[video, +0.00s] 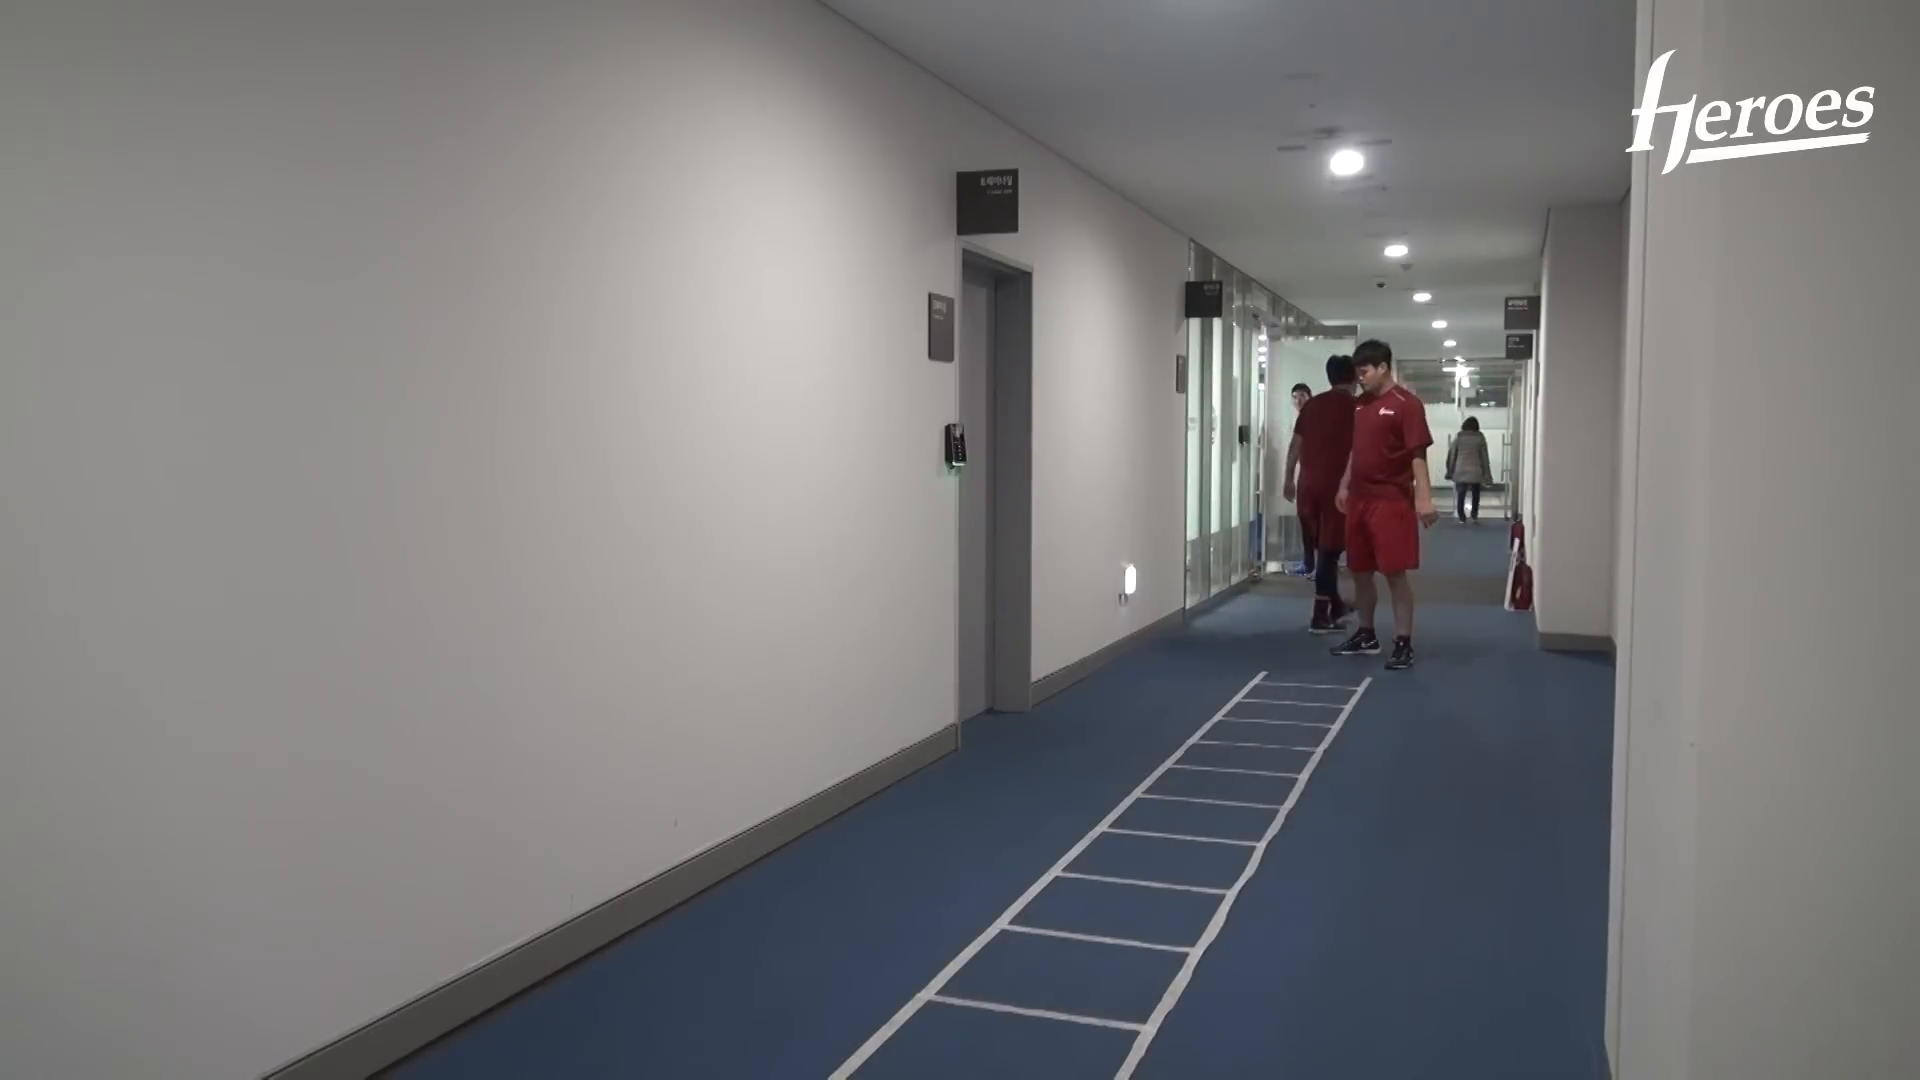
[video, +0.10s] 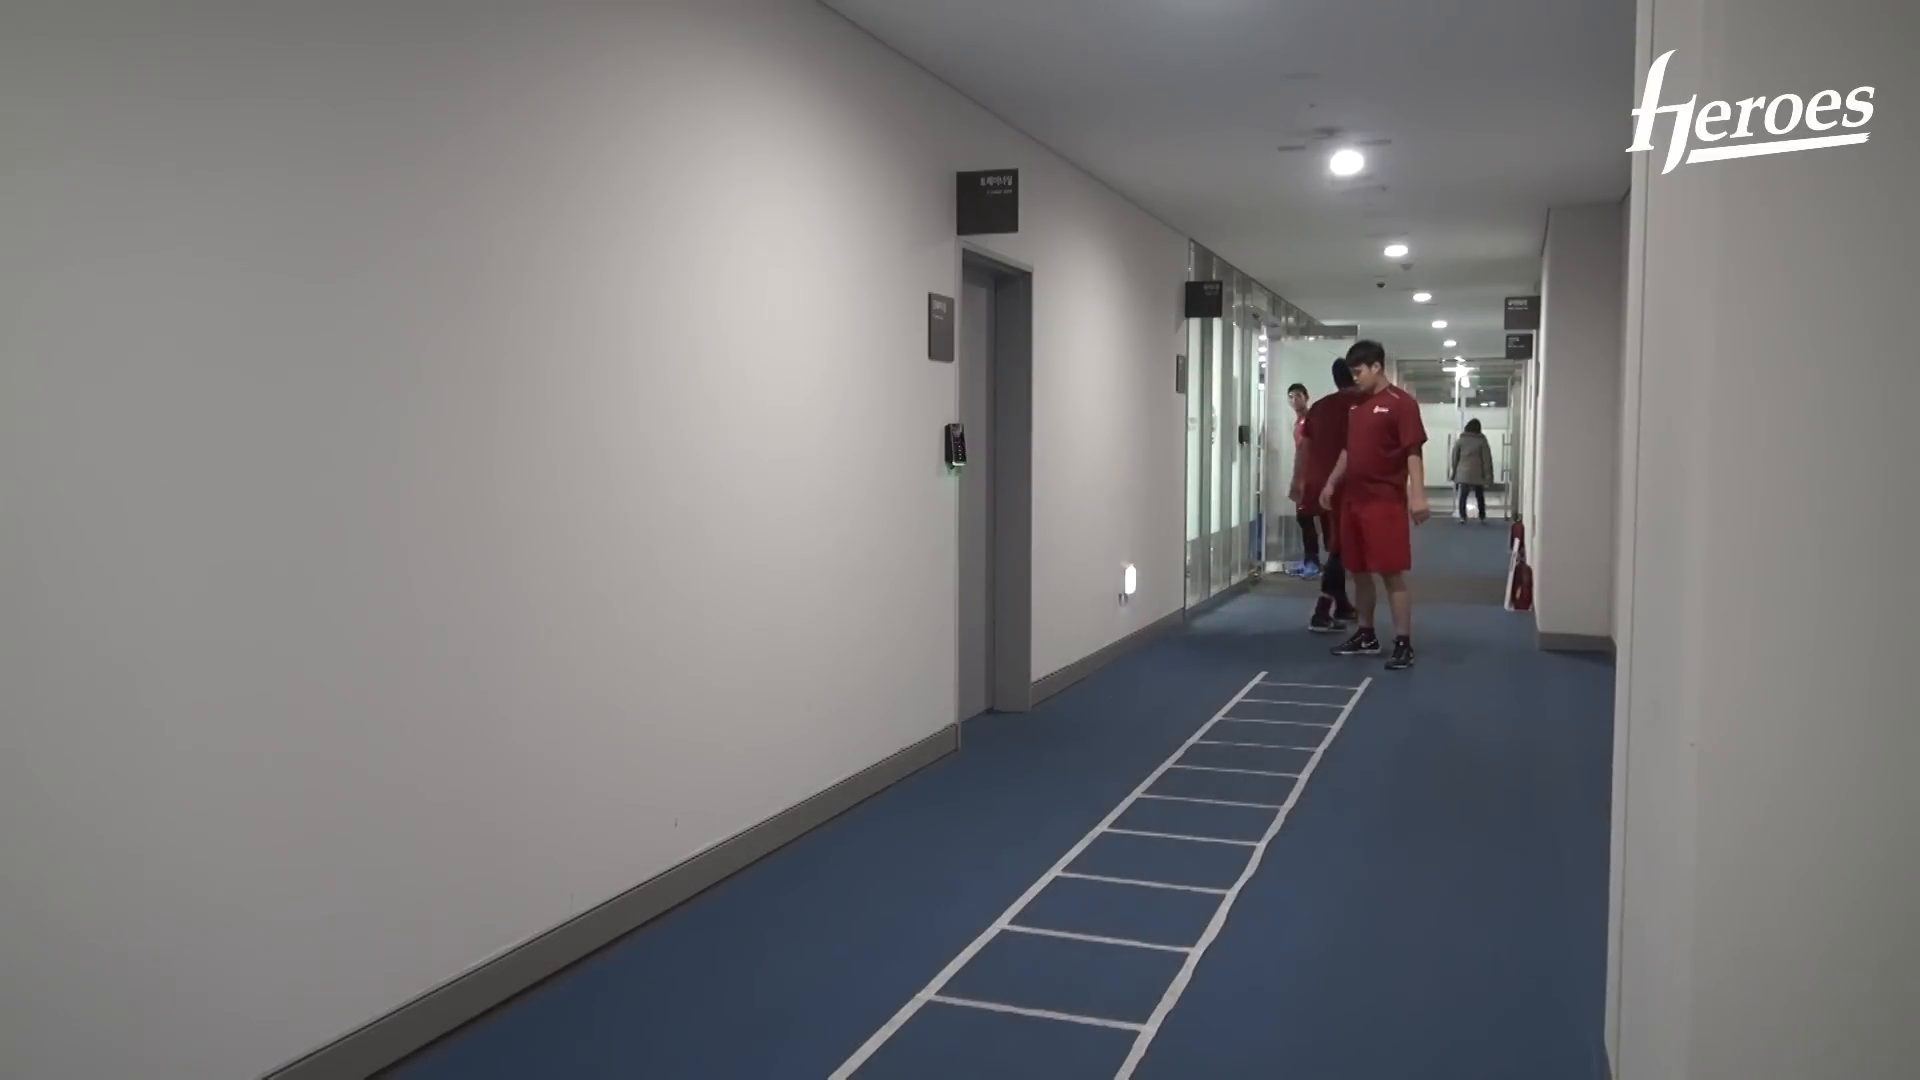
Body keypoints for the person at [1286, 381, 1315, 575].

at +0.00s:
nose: (1299, 399)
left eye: (1302, 395)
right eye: (1295, 396)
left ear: (1309, 396)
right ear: (1293, 399)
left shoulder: (1314, 414)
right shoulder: (1295, 417)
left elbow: (1295, 446)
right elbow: (1294, 446)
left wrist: (1289, 479)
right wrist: (1290, 477)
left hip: (1314, 472)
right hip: (1302, 471)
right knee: (1306, 522)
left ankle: (1312, 565)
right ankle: (1308, 564)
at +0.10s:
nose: (1295, 400)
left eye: (1299, 396)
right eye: (1292, 397)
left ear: (1307, 398)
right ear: (1289, 401)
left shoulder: (1313, 420)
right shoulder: (1298, 423)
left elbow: (1310, 454)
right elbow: (1299, 454)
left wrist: (1299, 481)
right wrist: (1295, 480)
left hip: (1317, 477)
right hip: (1304, 478)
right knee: (1304, 517)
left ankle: (1314, 561)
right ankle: (1310, 559)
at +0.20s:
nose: (1291, 400)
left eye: (1294, 396)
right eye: (1288, 397)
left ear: (1302, 398)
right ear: (1285, 401)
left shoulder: (1312, 418)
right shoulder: (1292, 424)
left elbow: (1314, 452)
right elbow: (1296, 457)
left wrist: (1312, 483)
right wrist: (1285, 480)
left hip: (1311, 478)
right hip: (1299, 478)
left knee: (1298, 515)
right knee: (1303, 517)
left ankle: (1306, 562)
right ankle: (1305, 562)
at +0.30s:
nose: (1285, 401)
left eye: (1289, 396)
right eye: (1283, 397)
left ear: (1297, 398)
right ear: (1281, 401)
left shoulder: (1306, 418)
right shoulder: (1287, 425)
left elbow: (1318, 445)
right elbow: (1286, 457)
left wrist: (1316, 476)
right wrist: (1274, 479)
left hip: (1306, 475)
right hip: (1295, 475)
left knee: (1292, 515)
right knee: (1304, 518)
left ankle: (1286, 561)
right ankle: (1309, 563)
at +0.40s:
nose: (1280, 401)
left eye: (1284, 397)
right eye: (1278, 398)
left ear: (1293, 398)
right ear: (1277, 401)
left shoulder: (1300, 420)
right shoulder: (1283, 423)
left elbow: (1311, 448)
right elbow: (1280, 453)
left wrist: (1311, 476)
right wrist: (1268, 476)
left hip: (1300, 477)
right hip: (1290, 476)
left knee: (1287, 518)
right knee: (1300, 520)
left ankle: (1279, 562)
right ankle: (1308, 563)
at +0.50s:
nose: (1277, 400)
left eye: (1280, 396)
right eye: (1275, 396)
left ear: (1289, 397)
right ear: (1274, 399)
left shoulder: (1294, 419)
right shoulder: (1279, 420)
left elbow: (1303, 448)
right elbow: (1278, 450)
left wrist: (1301, 476)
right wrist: (1266, 469)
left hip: (1291, 475)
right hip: (1282, 474)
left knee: (1284, 517)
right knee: (1291, 518)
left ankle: (1278, 562)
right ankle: (1307, 562)